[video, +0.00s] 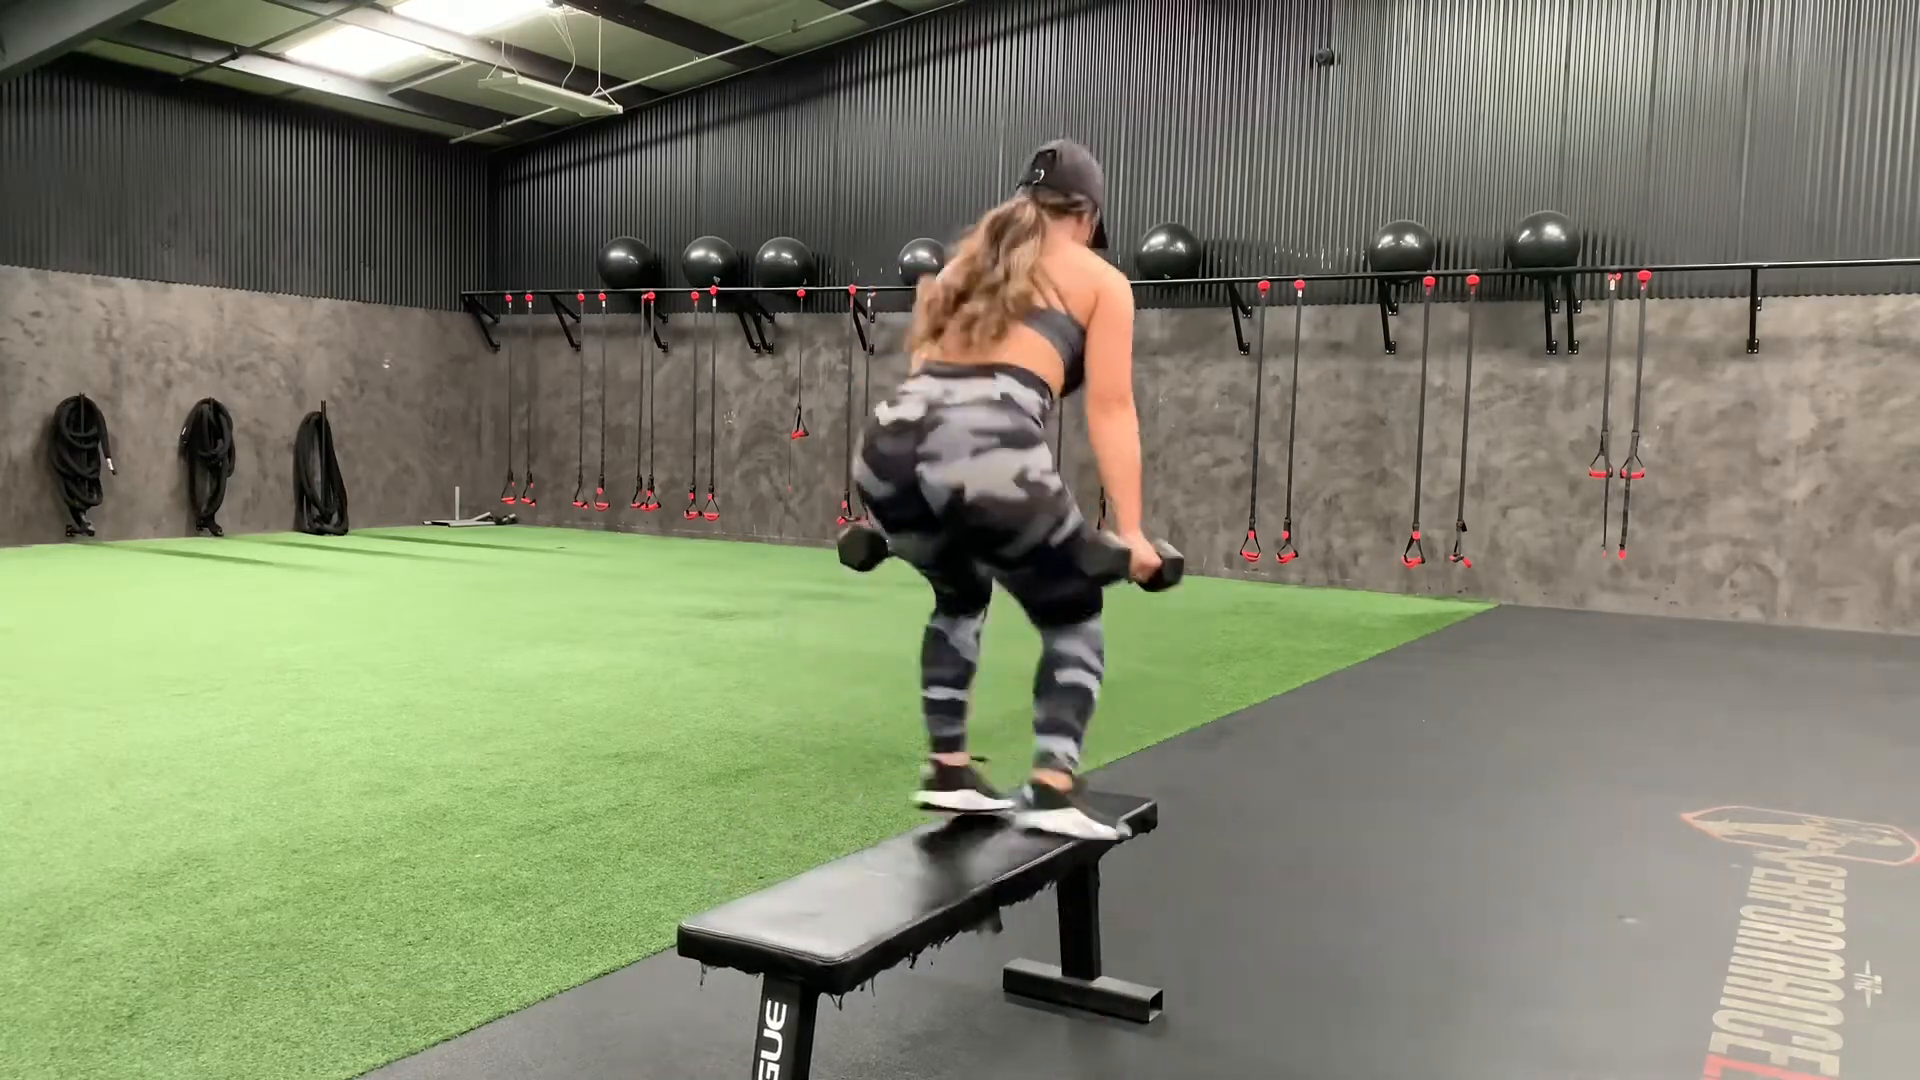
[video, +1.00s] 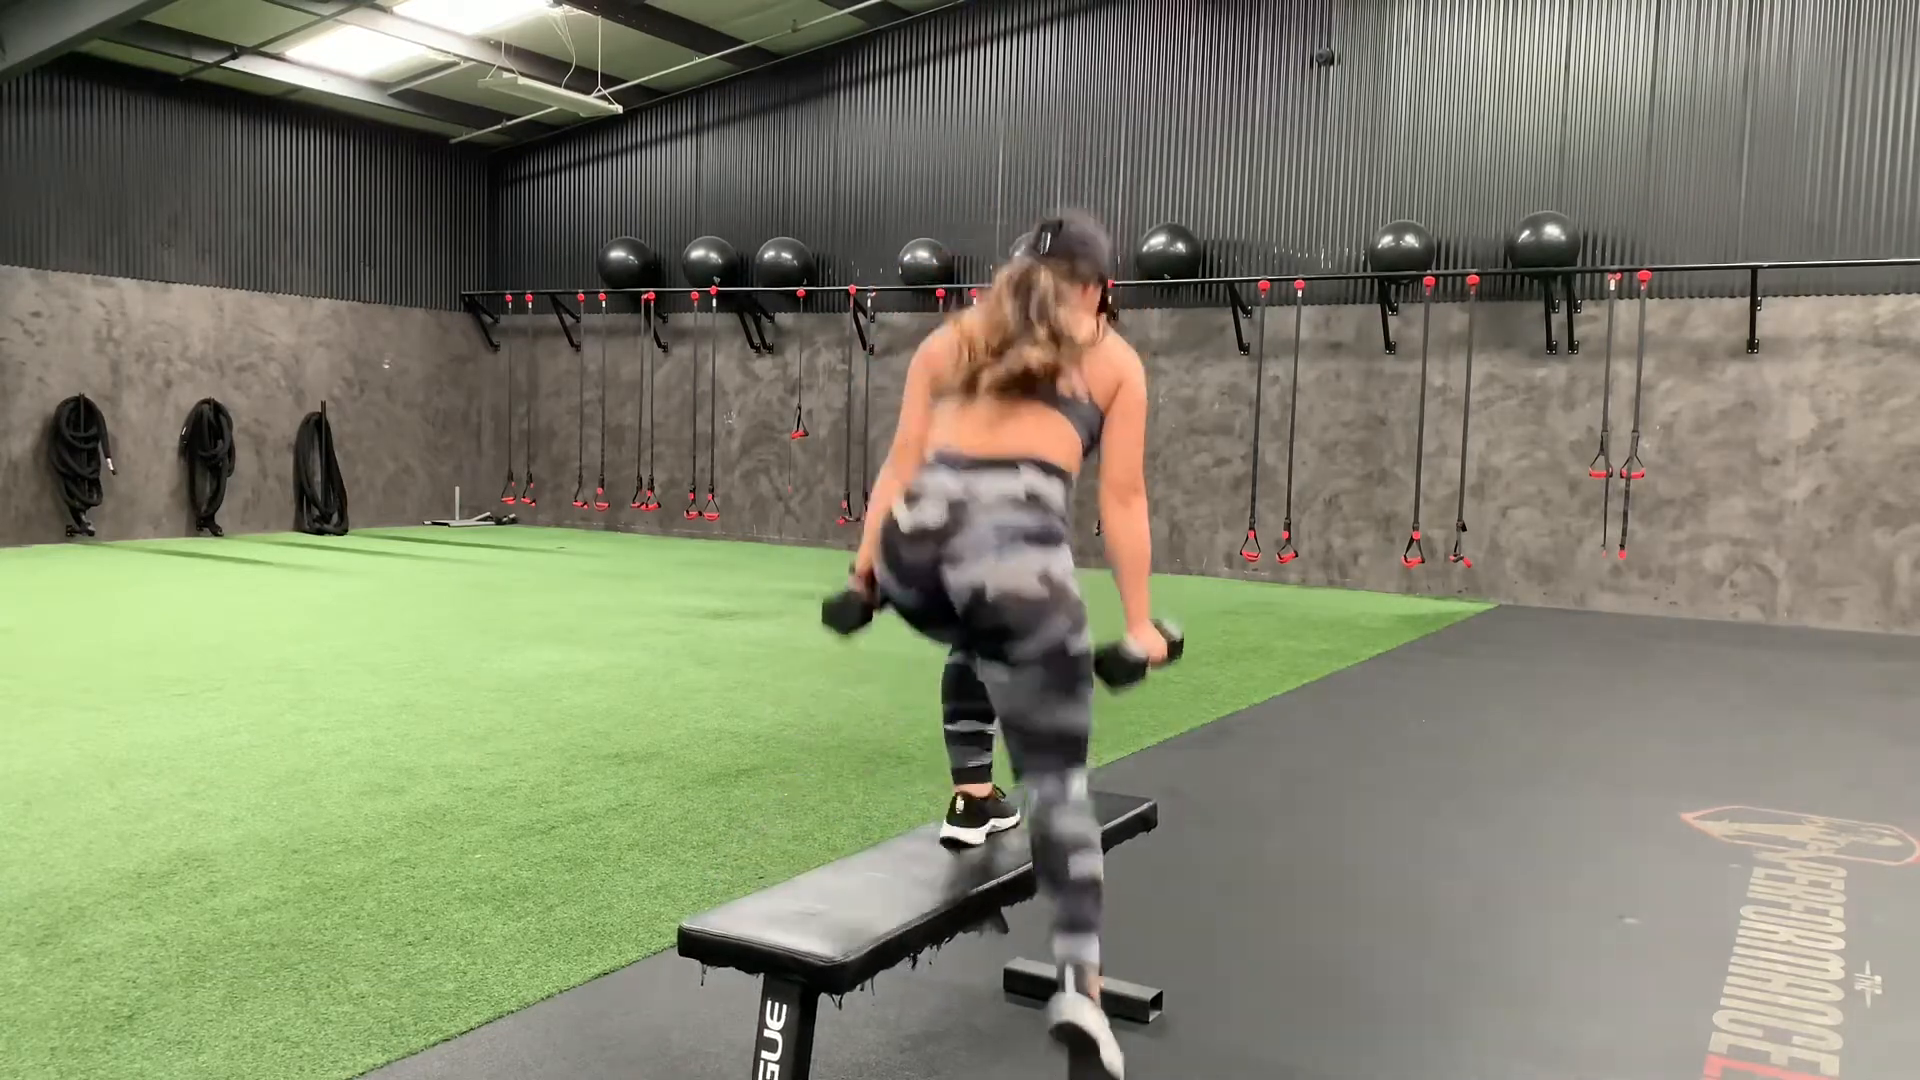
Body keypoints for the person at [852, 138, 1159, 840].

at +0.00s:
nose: (1092, 233)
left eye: (1090, 221)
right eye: (1093, 220)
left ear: (1022, 205)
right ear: (1085, 216)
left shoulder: (960, 264)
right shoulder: (1097, 278)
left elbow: (920, 379)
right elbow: (1110, 410)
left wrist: (877, 507)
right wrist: (1130, 531)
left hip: (892, 455)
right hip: (995, 458)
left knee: (960, 594)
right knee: (1071, 615)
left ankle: (946, 765)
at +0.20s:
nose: (1095, 272)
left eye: (1095, 260)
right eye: (1095, 260)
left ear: (1031, 245)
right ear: (1087, 255)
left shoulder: (972, 296)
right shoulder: (1085, 312)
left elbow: (935, 414)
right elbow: (1076, 446)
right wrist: (1081, 571)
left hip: (871, 501)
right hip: (956, 501)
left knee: (894, 684)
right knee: (1053, 619)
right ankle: (987, 797)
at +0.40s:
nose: (1063, 430)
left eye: (1064, 416)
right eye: (1064, 415)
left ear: (995, 402)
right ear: (1050, 412)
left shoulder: (942, 462)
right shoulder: (1041, 488)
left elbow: (918, 579)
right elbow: (1034, 625)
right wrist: (1044, 753)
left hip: (854, 677)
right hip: (933, 684)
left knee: (844, 867)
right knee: (1071, 643)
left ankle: (716, 1008)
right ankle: (993, 805)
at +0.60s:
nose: (1100, 314)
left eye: (1097, 302)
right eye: (1101, 302)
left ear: (1029, 290)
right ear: (1097, 303)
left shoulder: (974, 343)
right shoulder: (1100, 366)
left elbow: (933, 441)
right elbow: (1081, 500)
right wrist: (1079, 625)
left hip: (861, 543)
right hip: (953, 553)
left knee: (851, 729)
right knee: (1047, 614)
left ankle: (774, 900)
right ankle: (989, 790)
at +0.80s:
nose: (1113, 239)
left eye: (1110, 226)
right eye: (1114, 226)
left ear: (1042, 207)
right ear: (1107, 220)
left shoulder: (973, 253)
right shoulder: (1114, 280)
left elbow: (916, 369)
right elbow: (1117, 413)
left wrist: (864, 494)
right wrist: (1125, 541)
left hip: (873, 432)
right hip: (976, 446)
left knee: (959, 566)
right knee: (1048, 595)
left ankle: (907, 729)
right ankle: (1012, 774)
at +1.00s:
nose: (1109, 304)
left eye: (1105, 292)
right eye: (1109, 292)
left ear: (1015, 278)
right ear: (1094, 289)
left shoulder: (945, 343)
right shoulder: (1113, 361)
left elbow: (903, 463)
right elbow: (1121, 497)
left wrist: (862, 575)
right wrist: (1139, 626)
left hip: (913, 553)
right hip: (1022, 560)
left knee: (975, 636)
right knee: (1056, 783)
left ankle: (971, 795)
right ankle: (1080, 985)